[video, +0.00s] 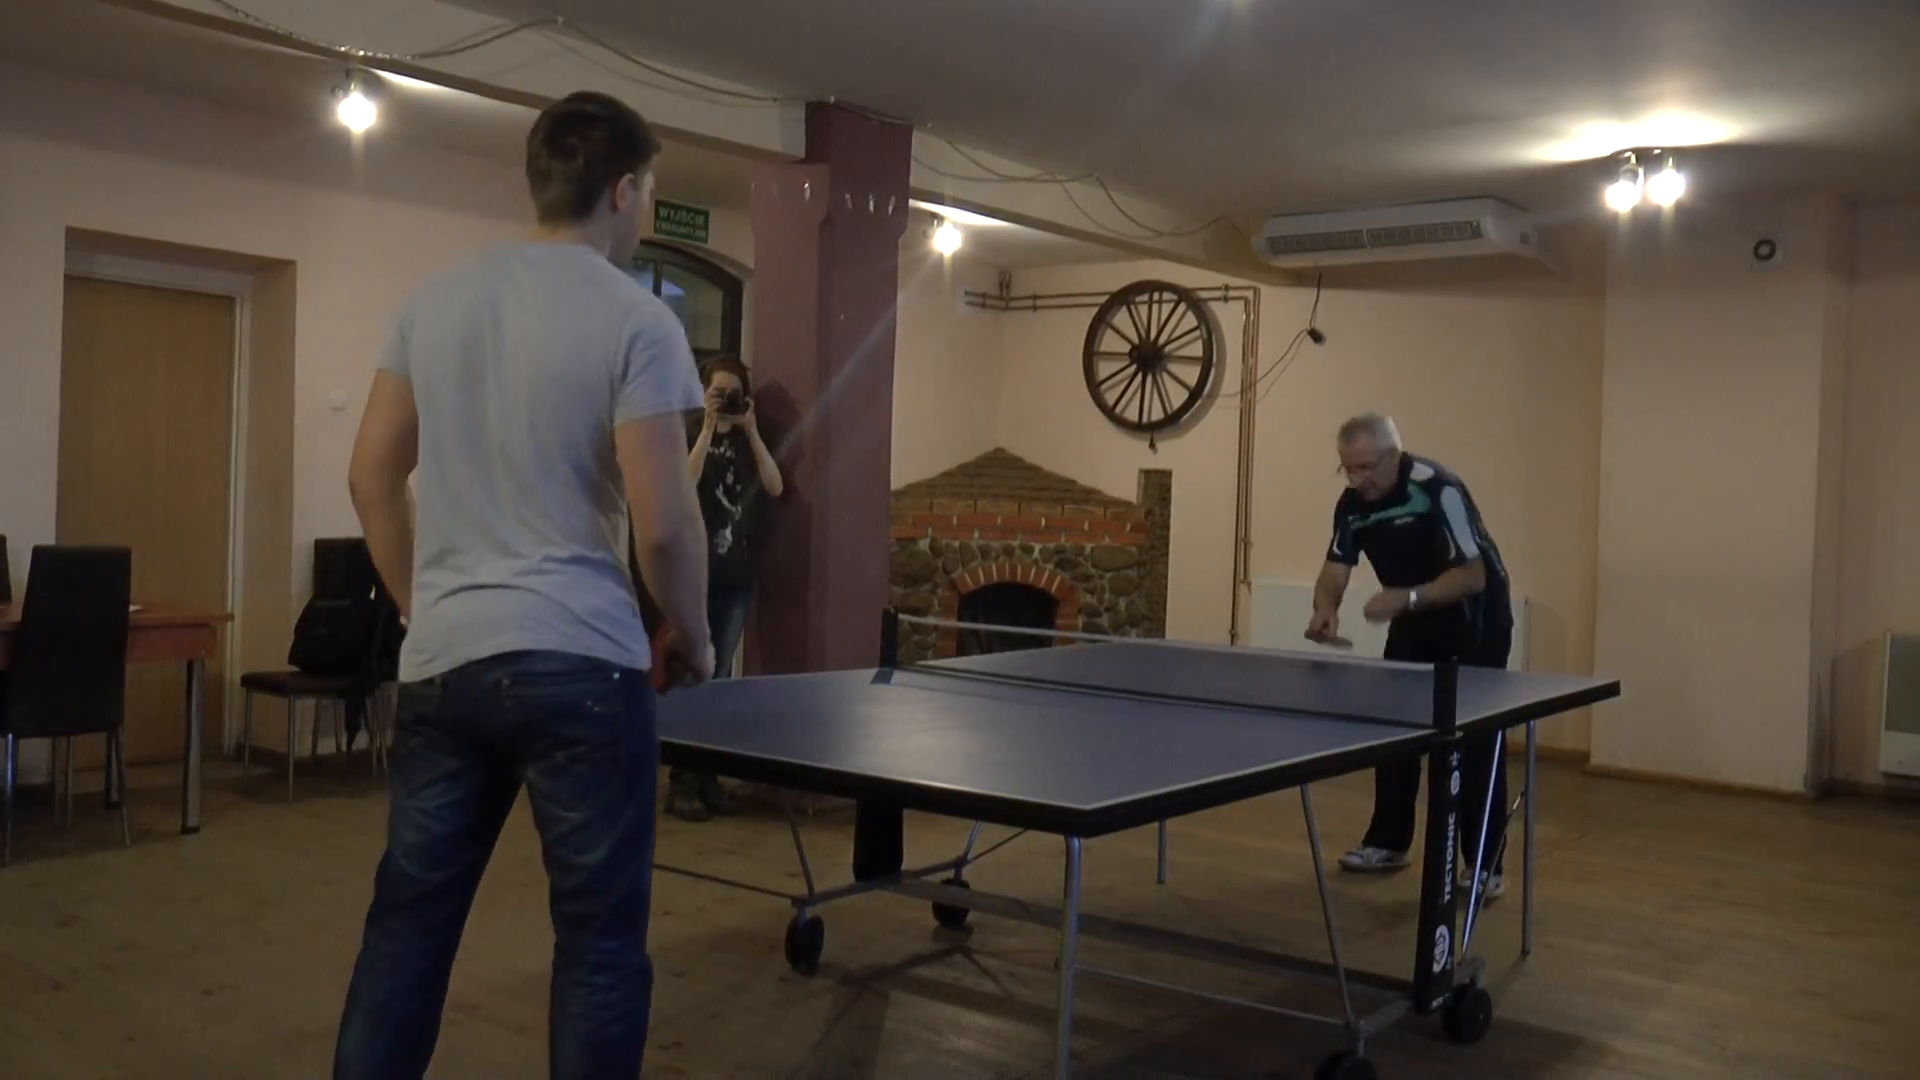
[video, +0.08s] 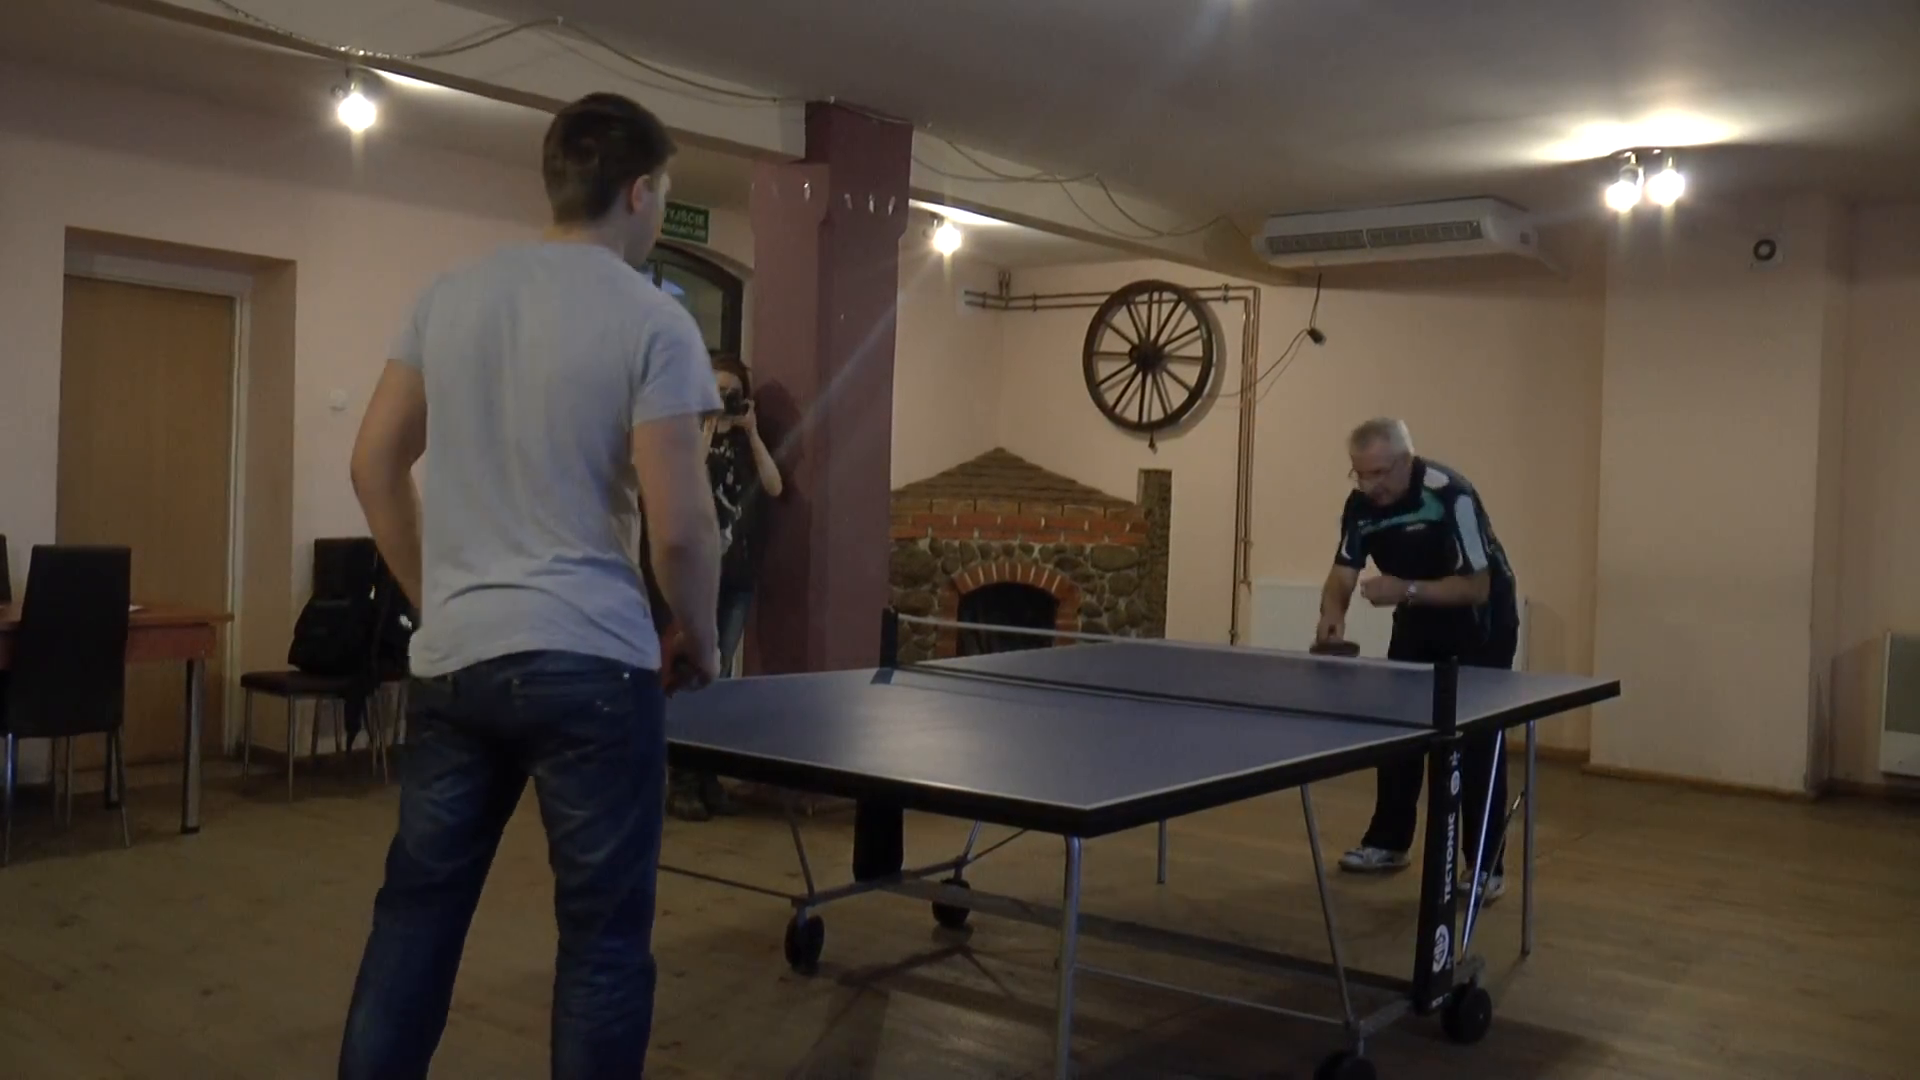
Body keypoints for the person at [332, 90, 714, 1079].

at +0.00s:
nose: (649, 209)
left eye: (650, 191)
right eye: (649, 190)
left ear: (541, 186)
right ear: (626, 190)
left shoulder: (433, 300)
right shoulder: (638, 315)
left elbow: (372, 475)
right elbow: (663, 523)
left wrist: (425, 613)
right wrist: (691, 637)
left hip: (443, 650)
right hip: (580, 654)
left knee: (406, 922)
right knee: (599, 938)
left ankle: (367, 1073)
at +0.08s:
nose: (662, 209)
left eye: (664, 193)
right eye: (663, 192)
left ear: (553, 186)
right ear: (641, 192)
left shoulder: (449, 295)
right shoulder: (653, 318)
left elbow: (375, 464)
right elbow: (678, 528)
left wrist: (434, 608)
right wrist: (699, 639)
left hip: (454, 648)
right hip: (590, 654)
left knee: (413, 916)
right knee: (604, 936)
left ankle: (372, 1073)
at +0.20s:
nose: (683, 214)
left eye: (686, 198)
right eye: (684, 196)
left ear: (574, 189)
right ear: (660, 195)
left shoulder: (468, 291)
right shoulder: (673, 320)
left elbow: (383, 452)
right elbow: (708, 529)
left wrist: (443, 598)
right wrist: (714, 641)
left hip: (467, 647)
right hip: (601, 652)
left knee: (425, 905)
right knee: (604, 934)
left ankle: (377, 1071)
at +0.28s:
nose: (691, 218)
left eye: (694, 203)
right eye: (693, 201)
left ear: (583, 191)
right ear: (670, 199)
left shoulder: (475, 292)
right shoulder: (681, 319)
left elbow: (389, 453)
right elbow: (723, 530)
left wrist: (442, 592)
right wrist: (720, 643)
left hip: (466, 647)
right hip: (604, 649)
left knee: (433, 900)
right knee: (603, 934)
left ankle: (386, 1071)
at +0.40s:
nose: (693, 222)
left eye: (695, 205)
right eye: (695, 204)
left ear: (587, 193)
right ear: (674, 202)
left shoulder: (477, 295)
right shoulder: (682, 319)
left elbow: (398, 458)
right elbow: (727, 523)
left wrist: (445, 601)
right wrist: (723, 651)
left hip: (461, 647)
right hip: (600, 649)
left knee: (444, 909)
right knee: (598, 935)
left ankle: (413, 1071)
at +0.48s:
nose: (685, 224)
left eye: (686, 207)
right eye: (686, 206)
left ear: (581, 195)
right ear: (663, 203)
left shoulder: (470, 299)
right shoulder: (672, 318)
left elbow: (404, 471)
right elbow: (715, 525)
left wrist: (443, 612)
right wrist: (721, 656)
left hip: (456, 649)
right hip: (591, 650)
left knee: (450, 912)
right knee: (593, 933)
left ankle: (434, 1070)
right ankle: (585, 1075)